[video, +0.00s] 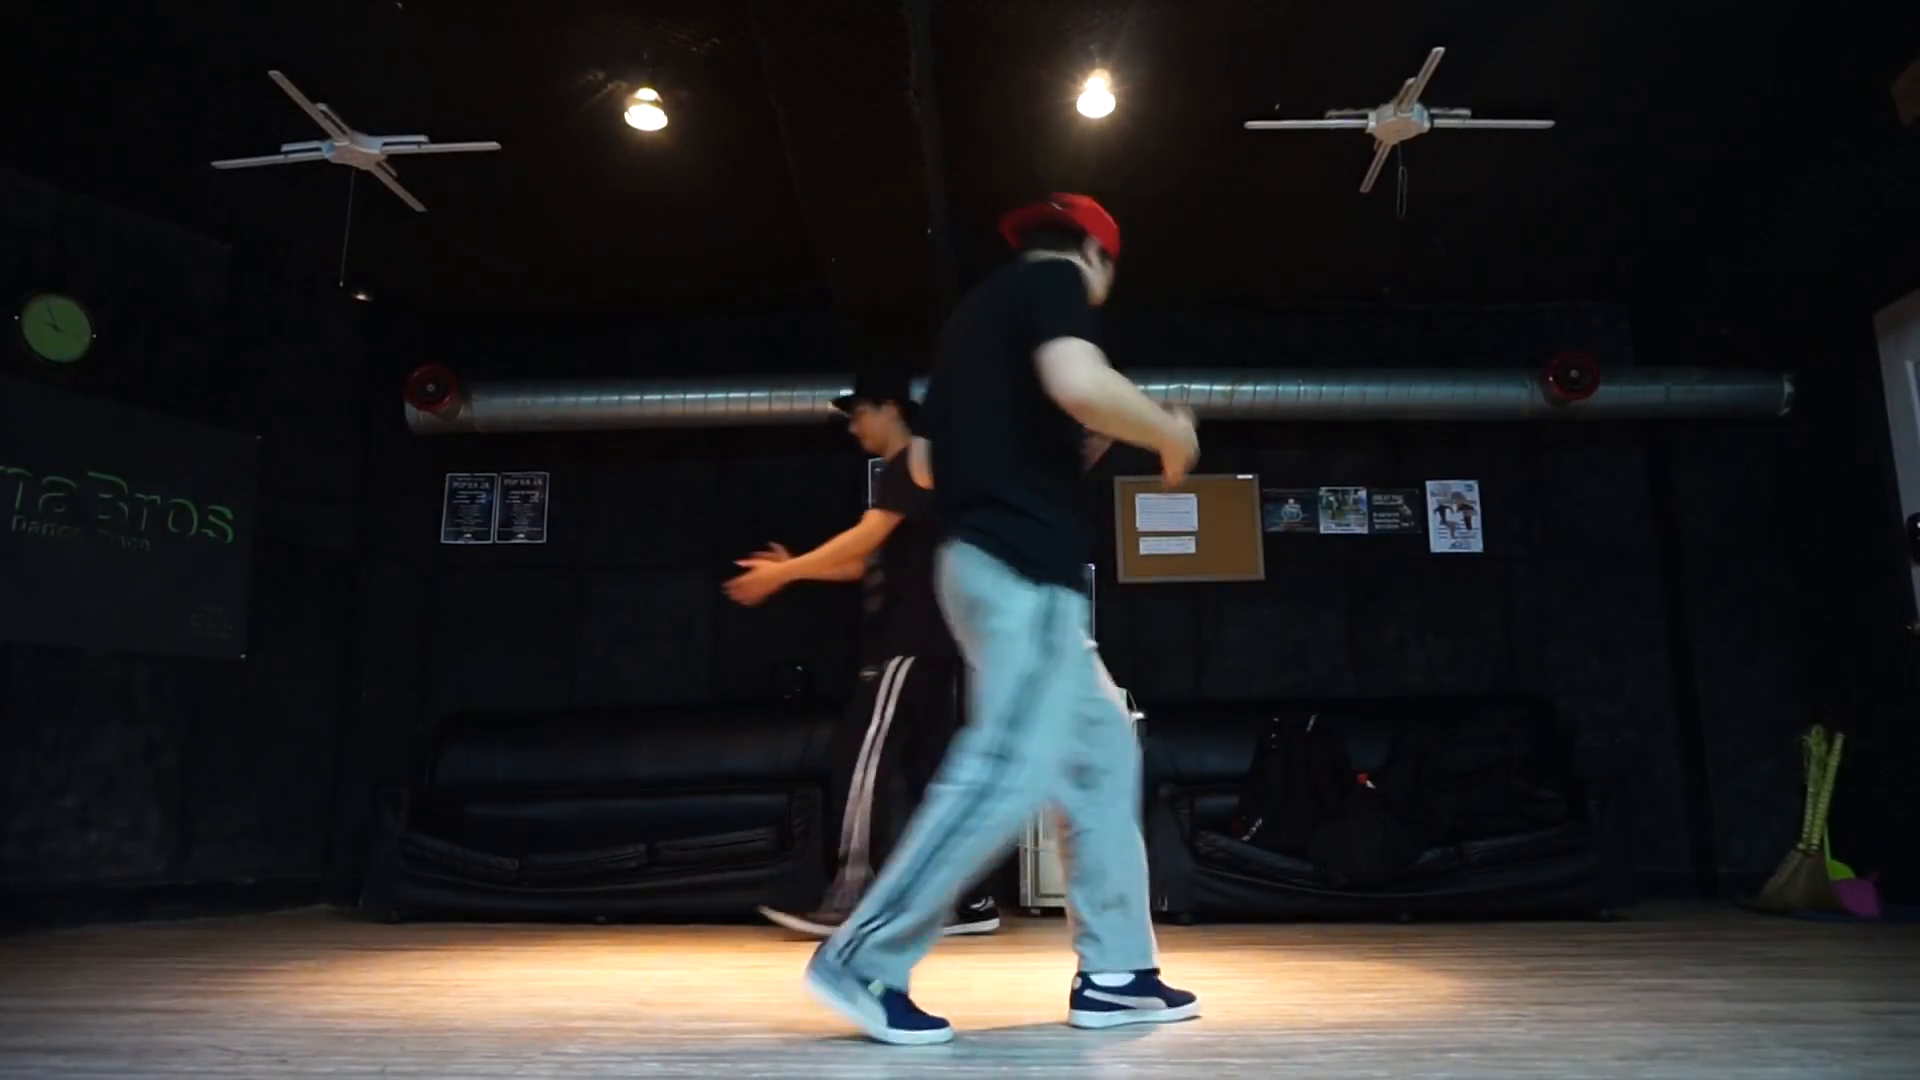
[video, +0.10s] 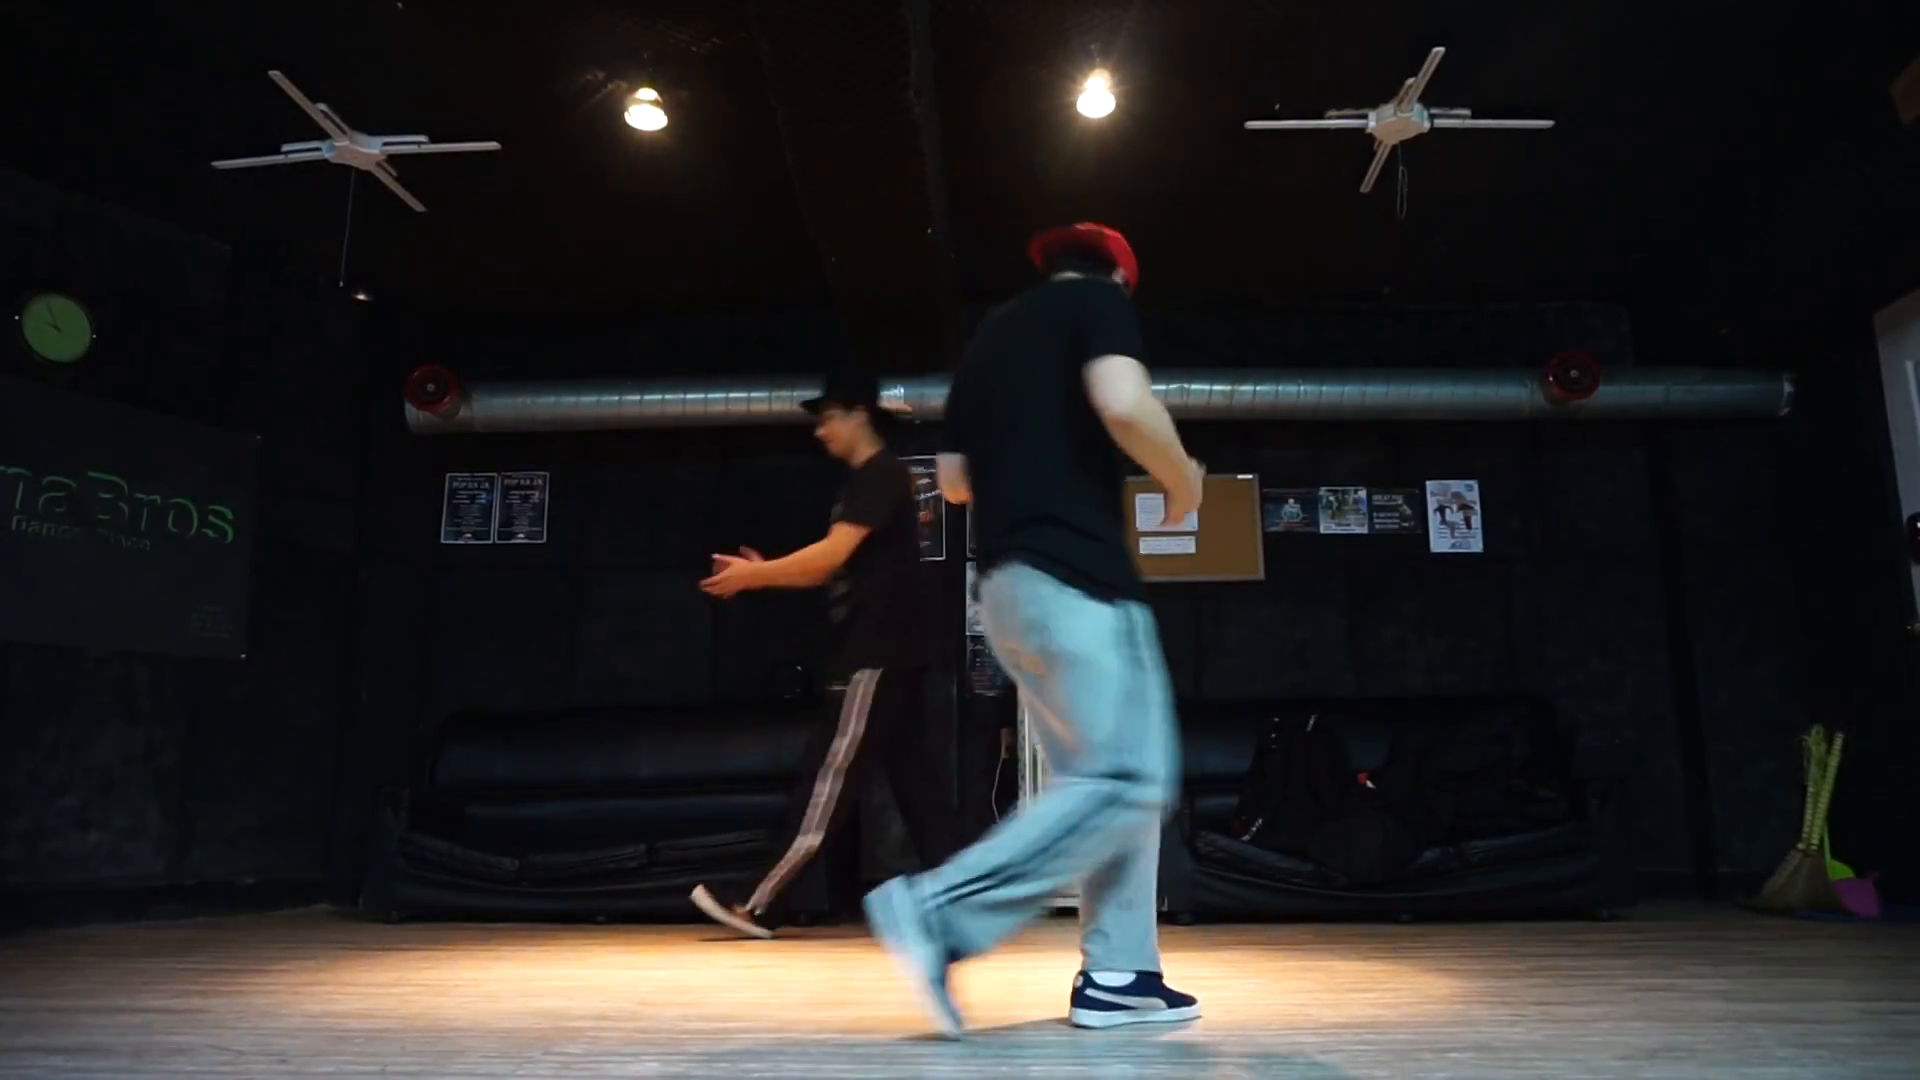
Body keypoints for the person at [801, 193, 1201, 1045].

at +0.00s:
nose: (1106, 277)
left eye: (1106, 263)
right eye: (1105, 261)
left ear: (1034, 246)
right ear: (1088, 248)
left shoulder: (979, 314)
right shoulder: (1054, 280)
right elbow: (1076, 381)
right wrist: (1171, 430)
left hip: (986, 563)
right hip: (1022, 567)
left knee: (1104, 747)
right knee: (1011, 764)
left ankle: (1117, 971)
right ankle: (863, 961)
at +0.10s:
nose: (1128, 298)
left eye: (1123, 287)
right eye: (1125, 286)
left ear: (1048, 273)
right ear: (1109, 275)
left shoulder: (991, 338)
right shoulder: (1098, 297)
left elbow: (956, 480)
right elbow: (1119, 401)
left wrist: (1053, 481)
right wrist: (1184, 479)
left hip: (1006, 583)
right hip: (1068, 578)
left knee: (1108, 777)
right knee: (1131, 778)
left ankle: (1118, 973)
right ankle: (932, 914)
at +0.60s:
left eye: (1157, 280)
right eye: (1207, 279)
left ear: (1143, 291)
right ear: (1217, 282)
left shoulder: (1103, 355)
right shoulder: (1242, 325)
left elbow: (1064, 471)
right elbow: (1304, 399)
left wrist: (1136, 500)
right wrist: (1259, 468)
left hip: (1131, 567)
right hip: (1224, 560)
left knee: (1141, 766)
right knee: (1263, 763)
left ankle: (1120, 950)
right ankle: (1287, 946)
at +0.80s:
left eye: (1188, 321)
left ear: (1179, 328)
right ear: (1249, 324)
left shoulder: (1137, 383)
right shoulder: (1283, 368)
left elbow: (1087, 489)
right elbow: (1353, 459)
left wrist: (1137, 543)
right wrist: (1287, 485)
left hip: (1177, 605)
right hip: (1267, 598)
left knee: (1183, 770)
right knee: (1290, 785)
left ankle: (1173, 879)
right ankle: (1287, 949)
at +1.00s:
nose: (1171, 340)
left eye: (1169, 330)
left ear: (1174, 331)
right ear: (1241, 324)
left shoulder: (1148, 377)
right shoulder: (1291, 378)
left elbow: (1107, 461)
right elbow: (1342, 491)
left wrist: (1132, 533)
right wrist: (1274, 490)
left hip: (1185, 596)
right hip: (1276, 592)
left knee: (1187, 764)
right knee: (1285, 775)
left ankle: (1227, 919)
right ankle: (1288, 948)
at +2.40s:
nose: (982, 387)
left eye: (994, 378)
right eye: (975, 380)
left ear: (1023, 389)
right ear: (971, 396)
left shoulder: (1047, 439)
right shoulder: (1006, 457)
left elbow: (1107, 501)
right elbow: (993, 554)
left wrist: (1055, 570)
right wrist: (928, 535)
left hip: (1031, 637)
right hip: (1029, 635)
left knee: (972, 764)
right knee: (1043, 777)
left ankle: (980, 915)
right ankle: (1091, 917)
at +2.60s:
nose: (957, 392)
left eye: (972, 383)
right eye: (950, 384)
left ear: (1000, 396)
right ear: (943, 397)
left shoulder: (1023, 456)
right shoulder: (949, 470)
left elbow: (1075, 532)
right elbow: (915, 553)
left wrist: (1040, 602)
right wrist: (853, 559)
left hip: (1001, 638)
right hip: (966, 639)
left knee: (946, 773)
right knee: (988, 781)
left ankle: (949, 923)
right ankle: (1074, 900)